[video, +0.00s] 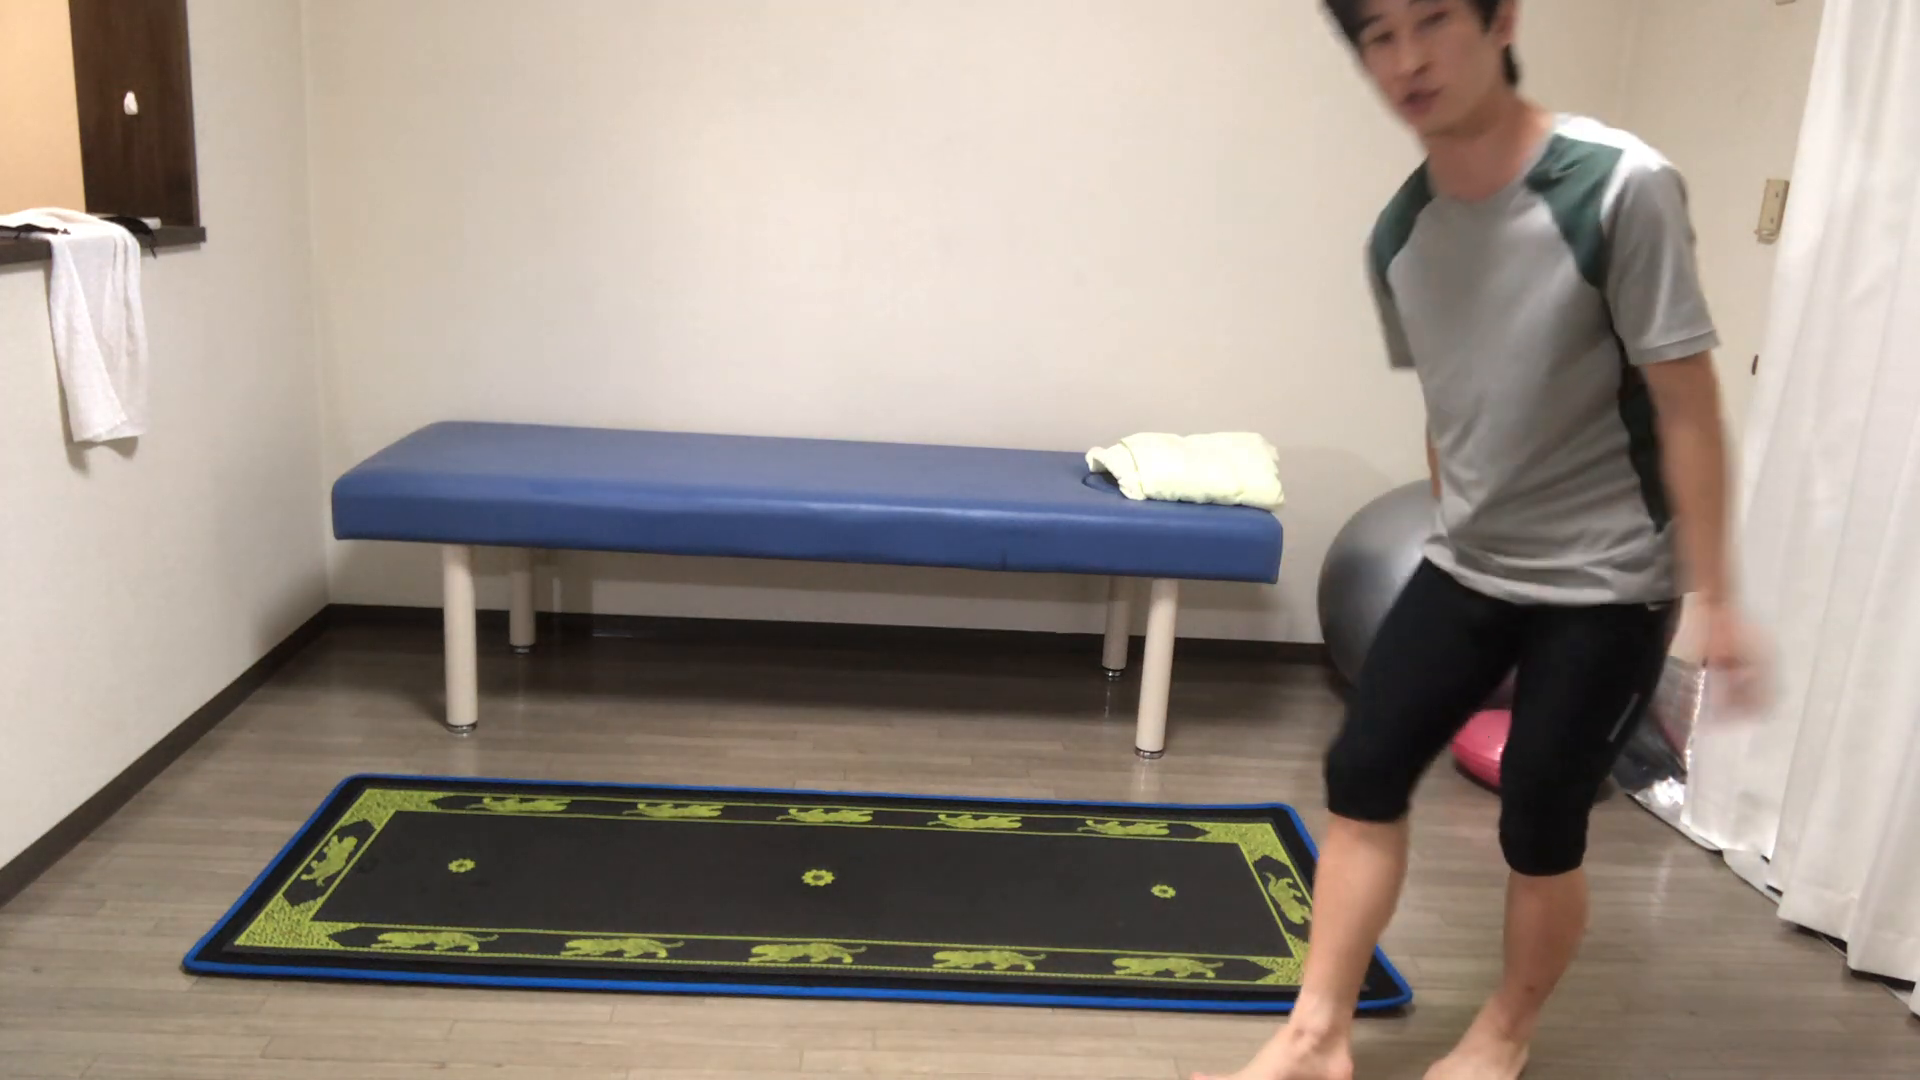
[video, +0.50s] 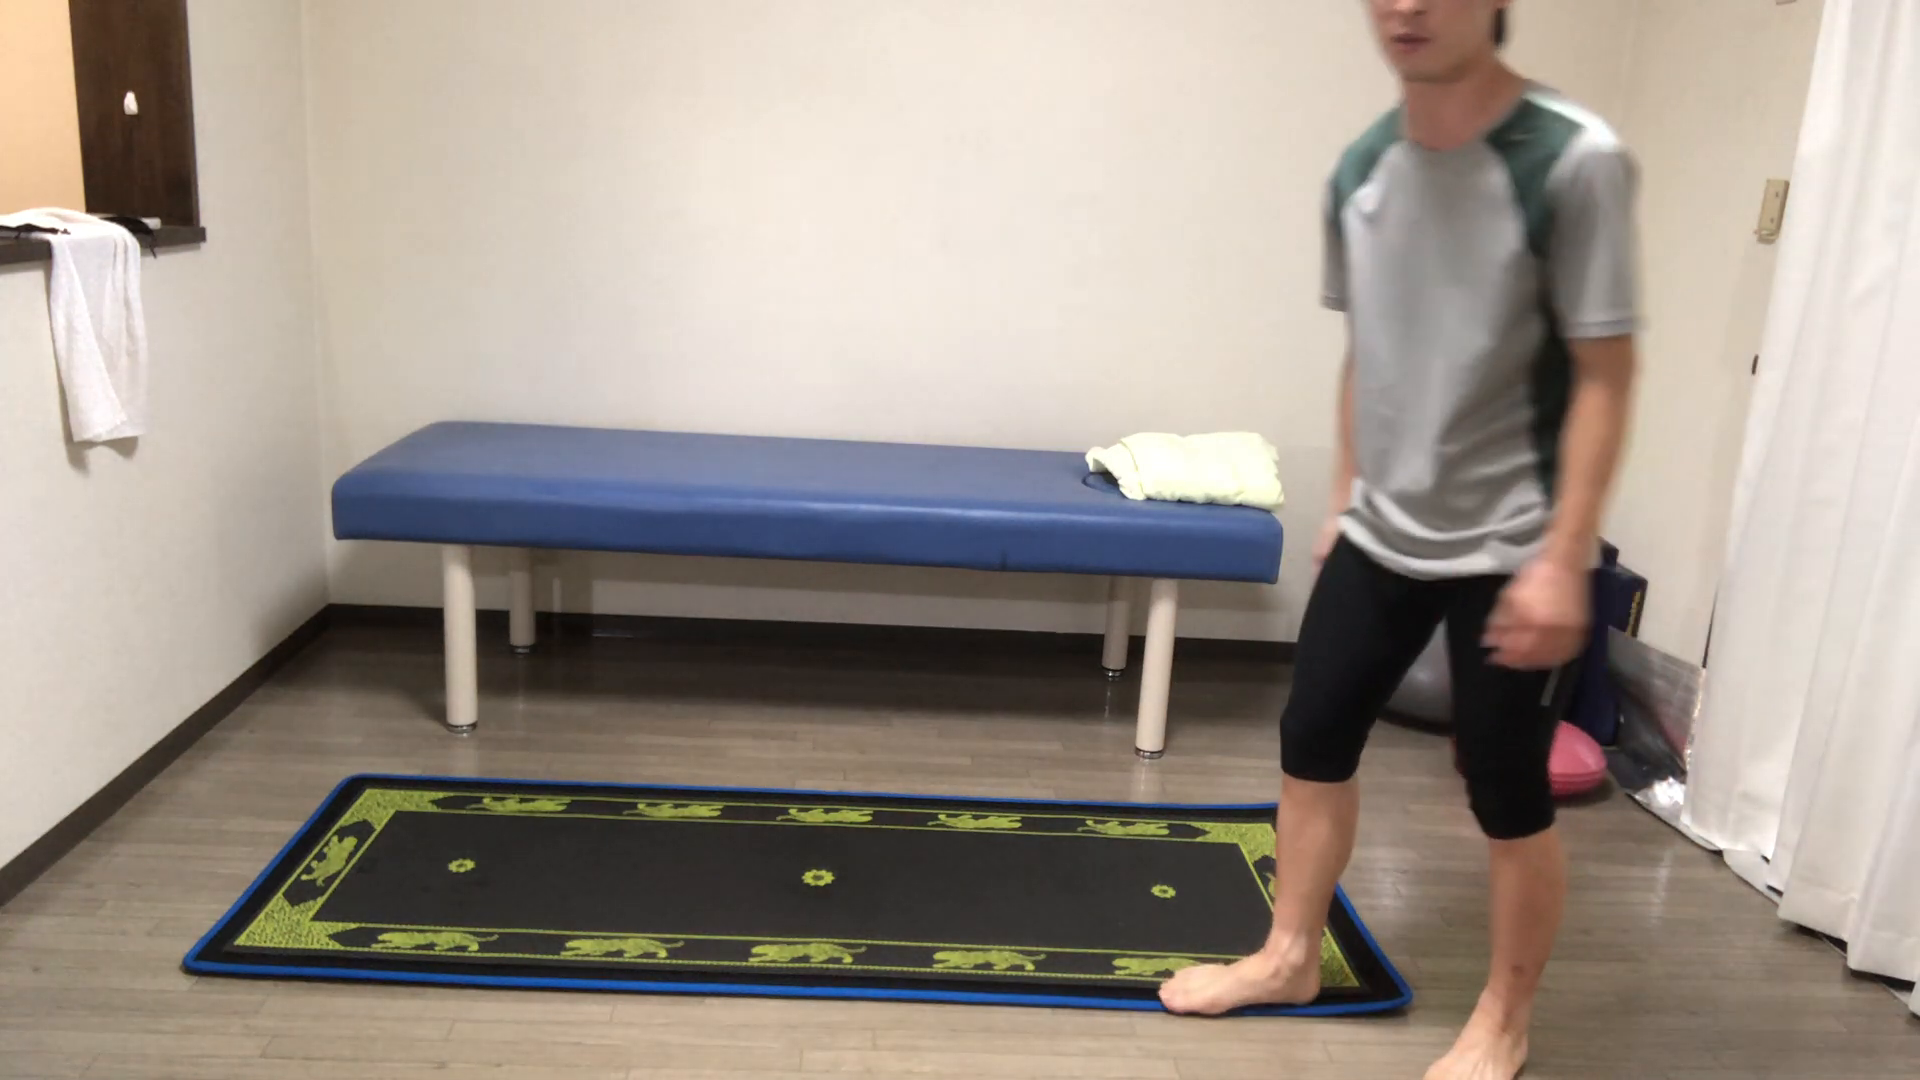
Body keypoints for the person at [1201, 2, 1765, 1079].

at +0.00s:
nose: (1406, 59)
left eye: (1431, 22)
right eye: (1376, 38)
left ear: (1500, 25)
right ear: (1361, 63)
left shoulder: (1621, 191)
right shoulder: (1401, 234)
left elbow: (1689, 406)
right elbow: (1447, 412)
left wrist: (1710, 596)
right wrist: (1453, 548)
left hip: (1607, 578)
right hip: (1468, 561)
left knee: (1540, 819)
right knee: (1362, 775)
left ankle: (1504, 1034)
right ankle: (1317, 1031)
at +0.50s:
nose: (1402, 8)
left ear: (1494, 7)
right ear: (1370, 12)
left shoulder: (1574, 159)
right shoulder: (1362, 167)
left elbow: (1604, 375)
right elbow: (1364, 354)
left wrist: (1566, 556)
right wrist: (1345, 505)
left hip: (1513, 538)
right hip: (1386, 523)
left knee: (1506, 789)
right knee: (1314, 735)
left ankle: (1504, 1021)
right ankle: (1290, 956)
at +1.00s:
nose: (1213, 10)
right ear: (1177, 9)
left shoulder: (1381, 125)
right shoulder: (1197, 160)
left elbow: (1445, 332)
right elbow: (1201, 342)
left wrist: (1398, 503)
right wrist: (1180, 494)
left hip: (1335, 518)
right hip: (1228, 515)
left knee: (1265, 758)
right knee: (1248, 757)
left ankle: (1365, 973)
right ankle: (1285, 958)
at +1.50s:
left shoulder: (1173, 168)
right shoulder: (1007, 95)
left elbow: (1185, 382)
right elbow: (1004, 293)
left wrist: (1190, 574)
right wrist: (968, 429)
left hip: (1103, 511)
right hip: (1008, 486)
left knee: (1017, 762)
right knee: (1032, 729)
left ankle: (1012, 1011)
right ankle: (1210, 886)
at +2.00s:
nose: (802, 3)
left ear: (859, 5)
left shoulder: (931, 135)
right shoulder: (678, 97)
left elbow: (940, 326)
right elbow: (636, 273)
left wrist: (875, 469)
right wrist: (617, 450)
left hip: (871, 492)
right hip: (723, 483)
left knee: (925, 745)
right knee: (664, 727)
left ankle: (996, 980)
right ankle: (626, 907)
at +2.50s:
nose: (692, 3)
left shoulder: (775, 76)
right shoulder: (564, 94)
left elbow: (780, 227)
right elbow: (483, 282)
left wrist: (776, 343)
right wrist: (449, 459)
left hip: (730, 432)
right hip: (622, 447)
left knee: (723, 632)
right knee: (627, 677)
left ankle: (618, 758)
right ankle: (626, 902)